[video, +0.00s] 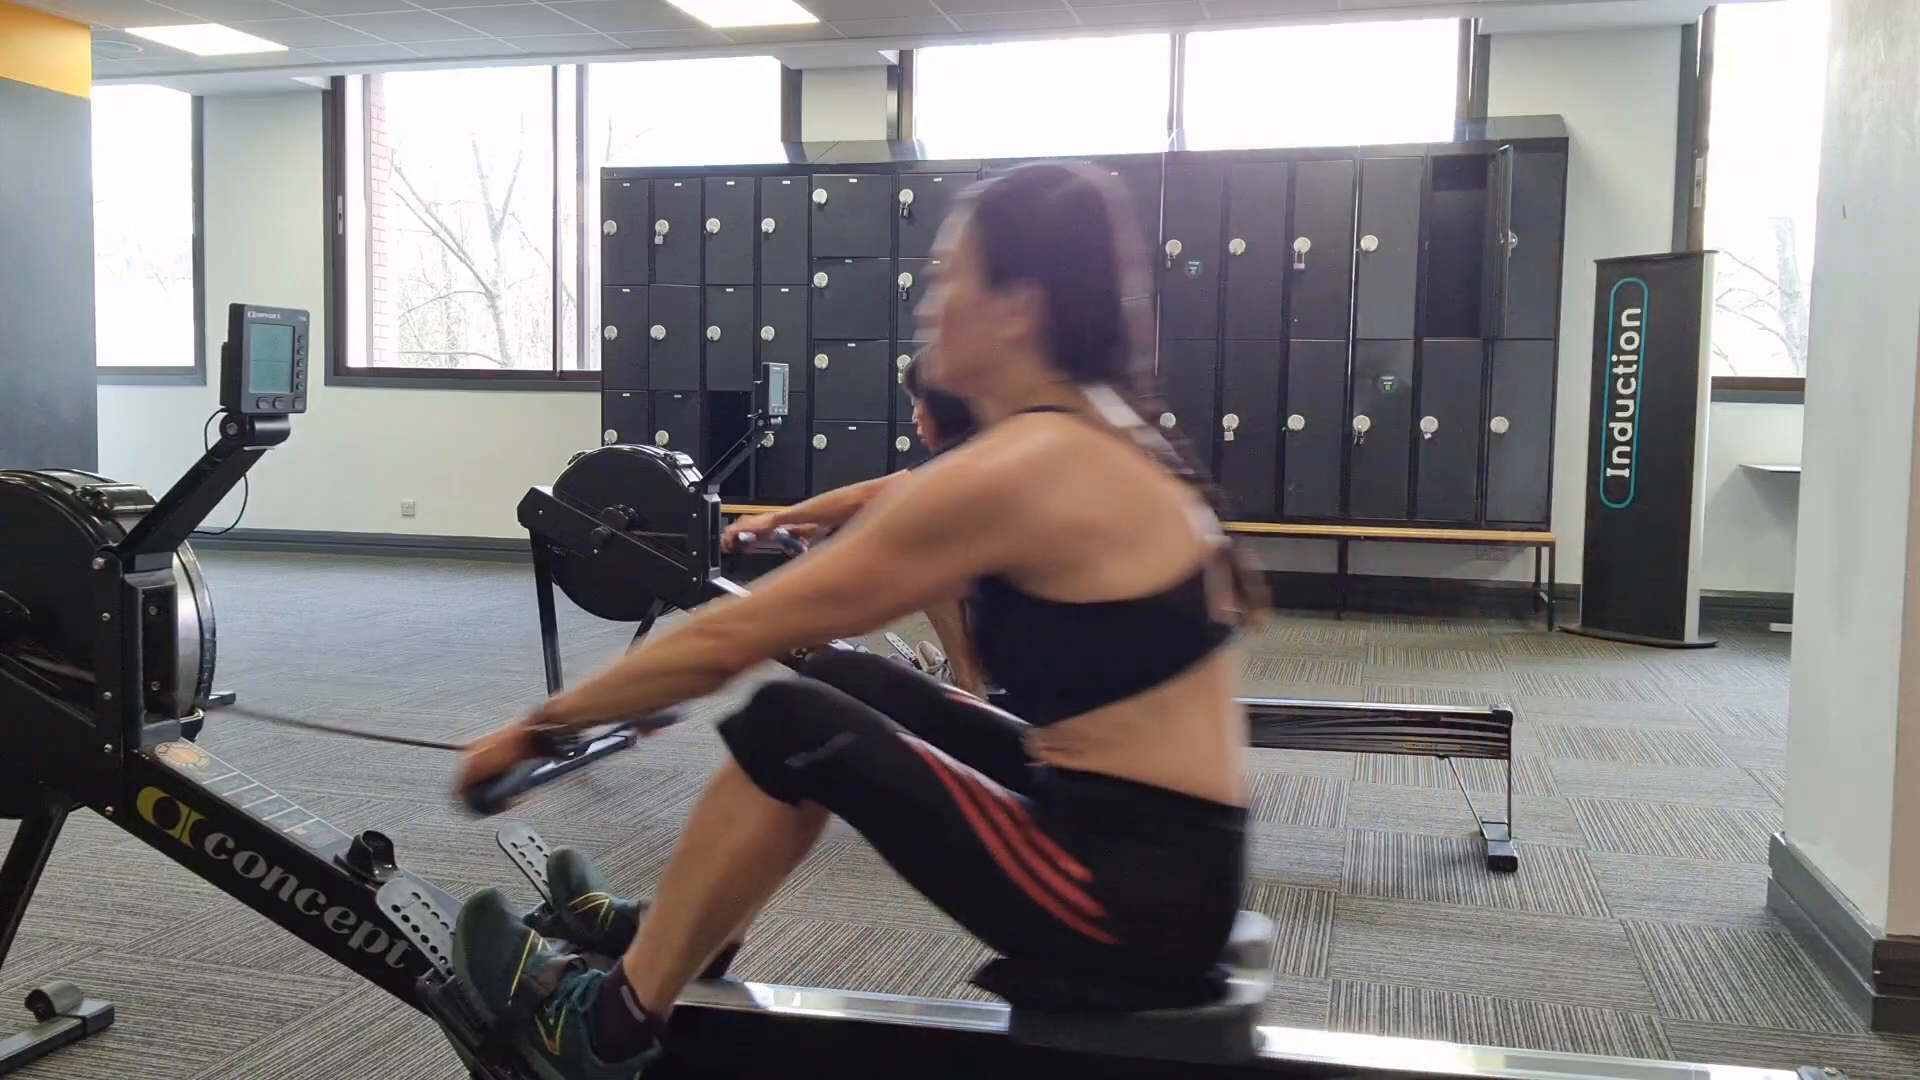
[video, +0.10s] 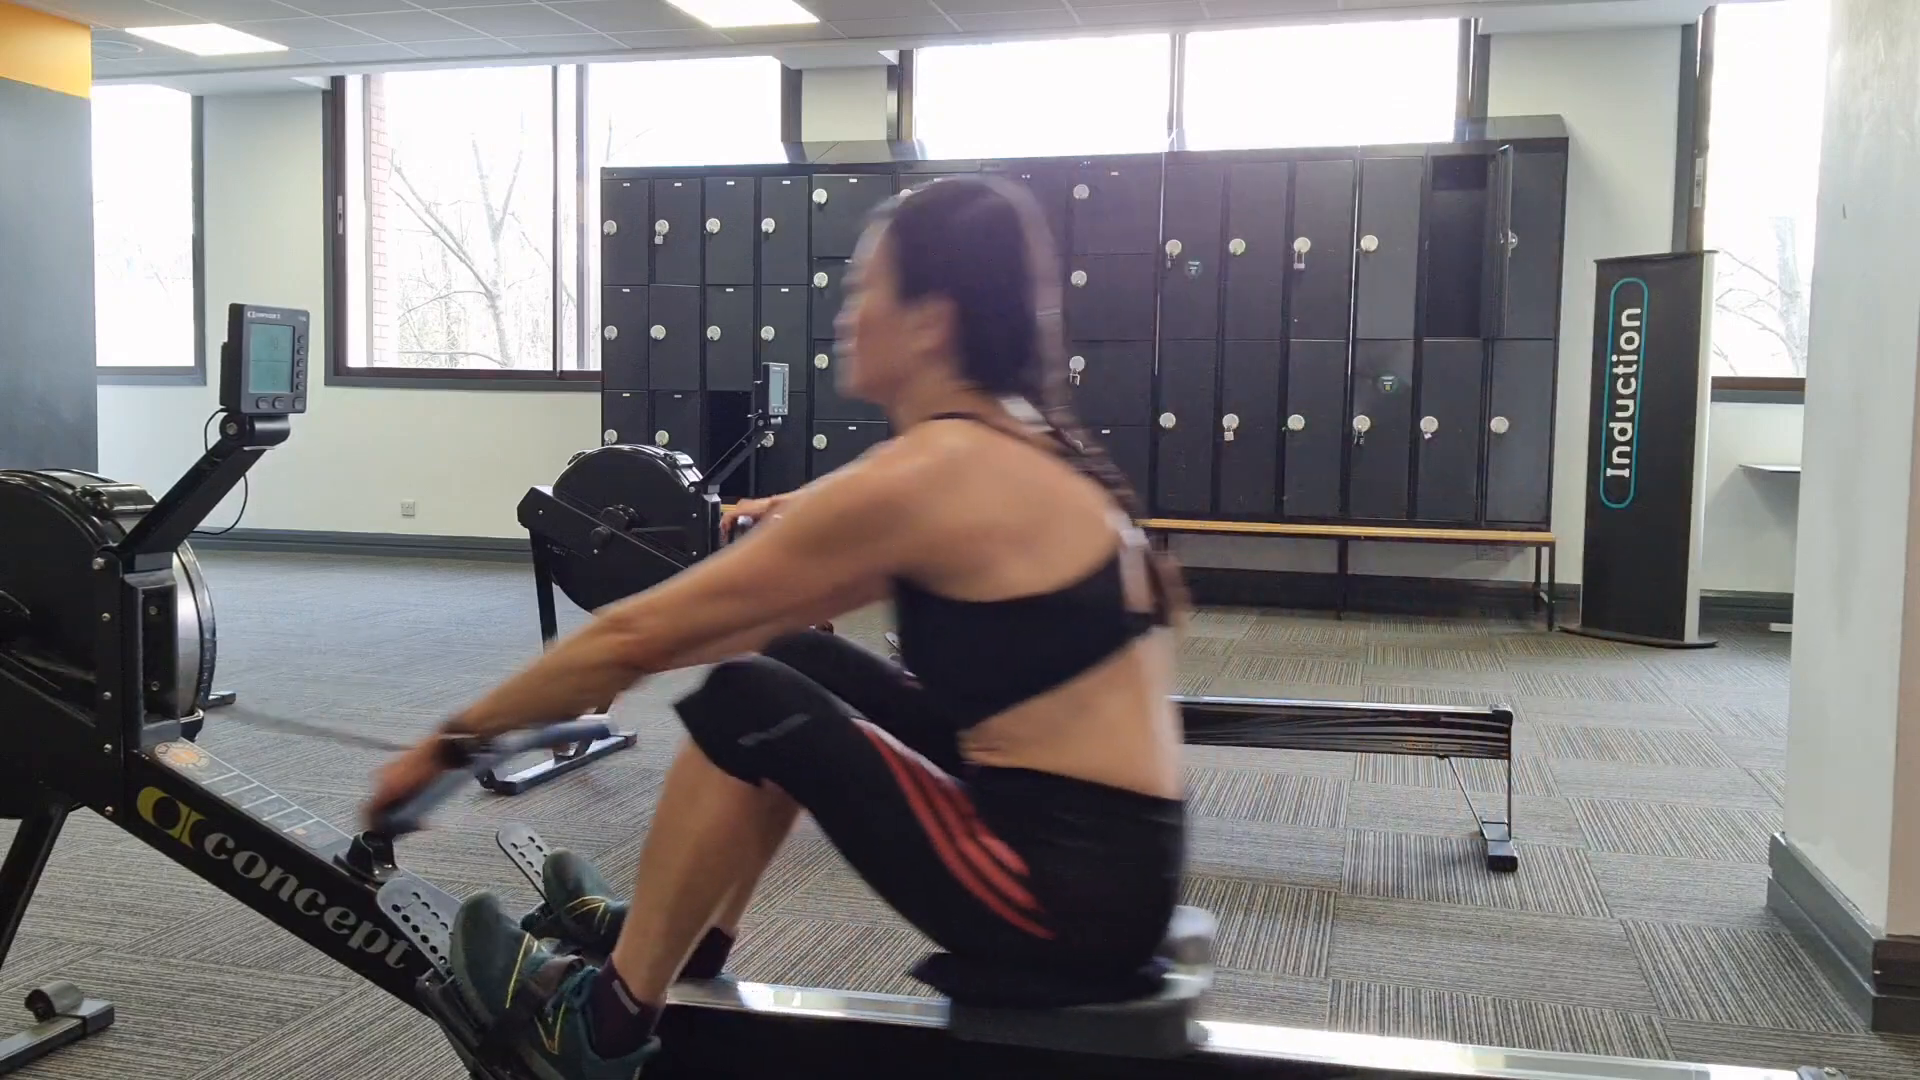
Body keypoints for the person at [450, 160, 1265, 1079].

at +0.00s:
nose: (927, 309)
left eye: (948, 283)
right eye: (935, 283)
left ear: (1025, 308)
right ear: (1031, 311)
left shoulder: (1019, 471)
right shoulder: (1105, 434)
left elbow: (733, 640)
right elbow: (923, 494)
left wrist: (539, 724)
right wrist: (789, 525)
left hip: (1123, 900)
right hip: (1164, 856)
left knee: (791, 719)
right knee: (829, 674)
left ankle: (623, 1012)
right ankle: (690, 946)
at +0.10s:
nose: (841, 321)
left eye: (860, 294)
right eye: (849, 294)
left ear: (936, 320)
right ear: (947, 322)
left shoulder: (930, 478)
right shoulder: (1029, 444)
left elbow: (636, 639)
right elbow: (921, 541)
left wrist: (453, 738)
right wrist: (804, 526)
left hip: (1053, 905)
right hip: (1112, 869)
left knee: (749, 704)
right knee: (800, 661)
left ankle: (612, 1014)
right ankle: (691, 948)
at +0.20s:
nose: (773, 331)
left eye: (789, 308)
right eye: (781, 305)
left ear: (858, 332)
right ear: (893, 339)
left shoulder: (852, 482)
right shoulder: (970, 457)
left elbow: (568, 631)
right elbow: (778, 587)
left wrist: (376, 730)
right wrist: (636, 640)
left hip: (1003, 895)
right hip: (1072, 871)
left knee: (708, 689)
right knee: (762, 651)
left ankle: (609, 1009)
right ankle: (685, 956)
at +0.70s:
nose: (911, 290)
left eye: (935, 268)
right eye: (922, 266)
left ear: (1010, 310)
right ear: (1017, 313)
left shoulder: (973, 462)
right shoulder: (1081, 433)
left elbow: (692, 582)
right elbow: (893, 533)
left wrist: (486, 645)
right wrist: (723, 537)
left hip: (1070, 886)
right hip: (1135, 850)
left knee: (760, 694)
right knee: (799, 651)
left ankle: (609, 1008)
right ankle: (684, 943)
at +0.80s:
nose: (1001, 281)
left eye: (1029, 260)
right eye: (1013, 257)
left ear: (1104, 303)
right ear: (1110, 307)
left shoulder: (1061, 457)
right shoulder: (1153, 431)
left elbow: (781, 579)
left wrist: (565, 638)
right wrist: (699, 583)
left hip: (1144, 880)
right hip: (1186, 837)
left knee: (807, 722)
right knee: (843, 674)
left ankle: (614, 1012)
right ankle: (677, 950)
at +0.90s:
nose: (1102, 268)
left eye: (1132, 248)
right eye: (1119, 242)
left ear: (1206, 292)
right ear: (1210, 295)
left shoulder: (1152, 458)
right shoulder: (1262, 433)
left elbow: (859, 585)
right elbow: (1011, 545)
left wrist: (654, 645)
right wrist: (797, 573)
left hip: (1209, 882)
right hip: (1242, 823)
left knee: (851, 757)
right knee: (884, 703)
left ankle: (614, 1019)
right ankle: (661, 955)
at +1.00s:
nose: (1209, 261)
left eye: (1243, 241)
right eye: (1223, 236)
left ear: (1328, 290)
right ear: (1313, 295)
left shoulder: (1266, 456)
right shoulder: (1325, 430)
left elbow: (983, 590)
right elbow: (1056, 540)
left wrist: (757, 645)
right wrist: (857, 569)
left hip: (1281, 886)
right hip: (1283, 812)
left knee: (906, 790)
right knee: (921, 742)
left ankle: (625, 1020)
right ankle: (682, 964)